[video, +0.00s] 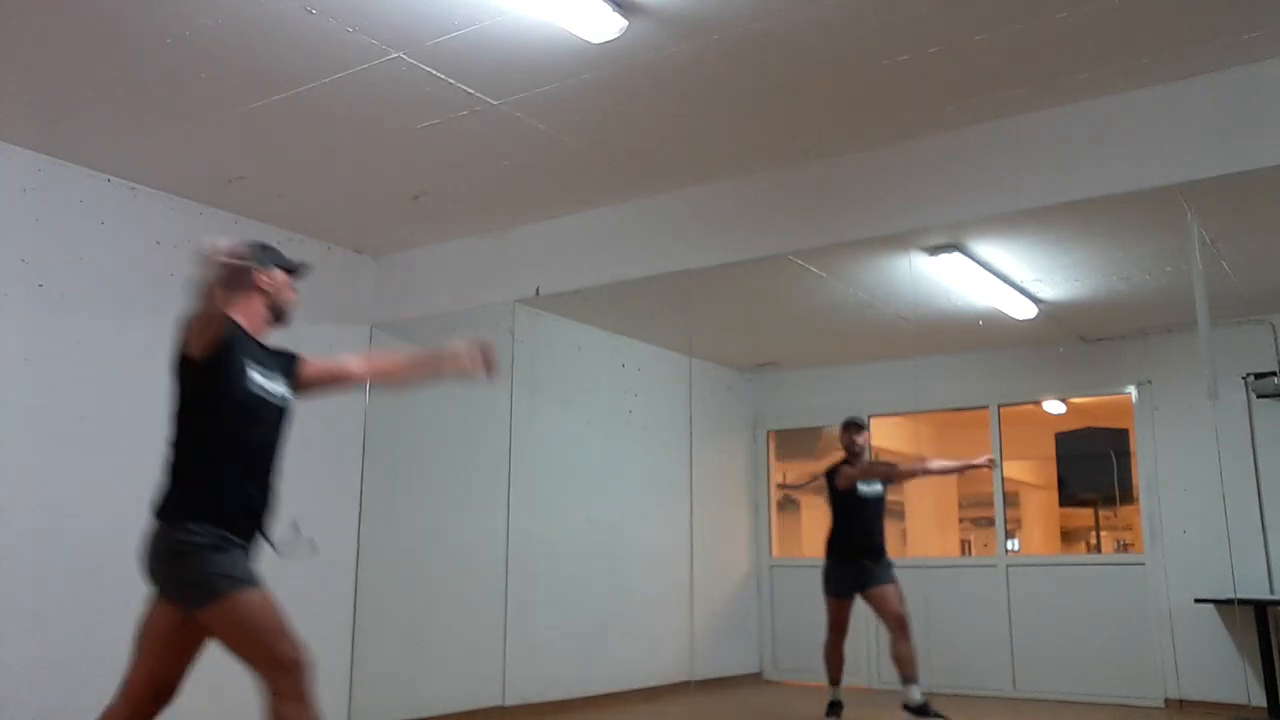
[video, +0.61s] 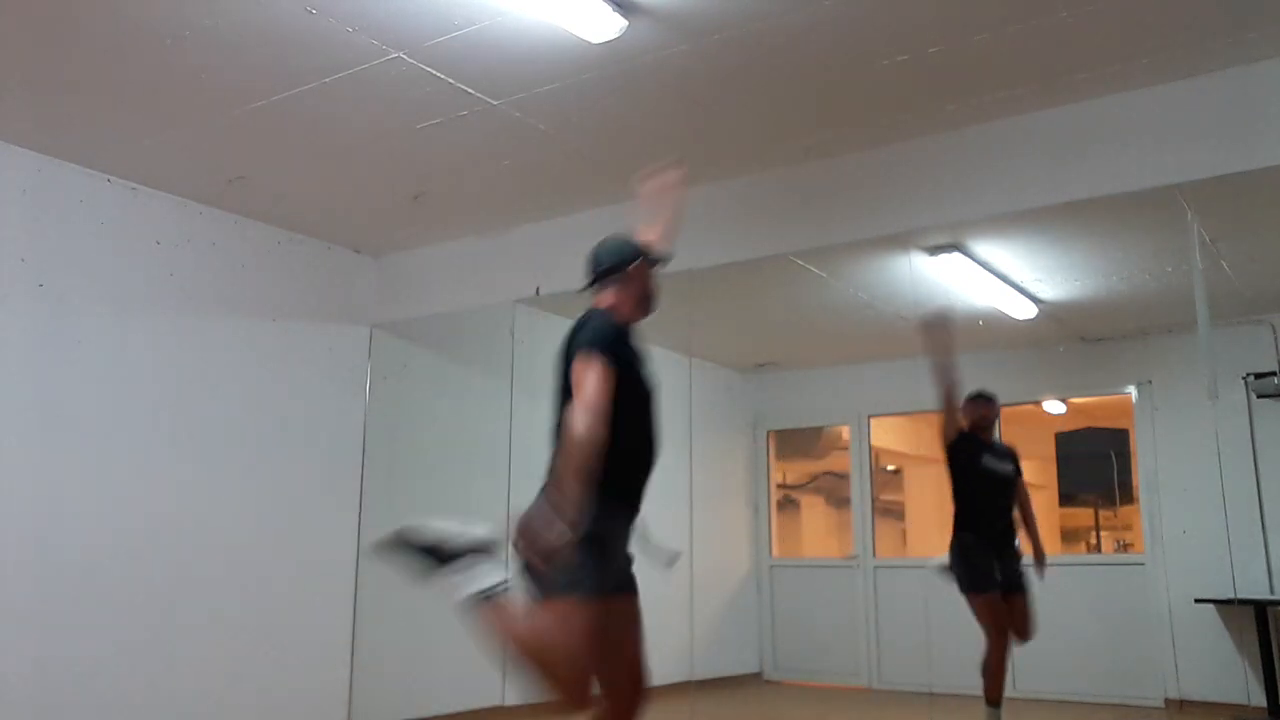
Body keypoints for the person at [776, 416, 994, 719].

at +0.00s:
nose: (854, 439)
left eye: (858, 433)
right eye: (848, 434)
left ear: (868, 438)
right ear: (841, 440)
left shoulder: (880, 471)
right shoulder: (837, 473)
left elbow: (923, 466)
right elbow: (865, 471)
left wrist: (969, 464)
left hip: (874, 561)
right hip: (841, 562)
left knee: (899, 621)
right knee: (836, 632)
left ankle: (913, 698)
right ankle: (835, 698)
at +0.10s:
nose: (875, 443)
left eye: (879, 436)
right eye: (869, 438)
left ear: (887, 438)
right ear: (862, 442)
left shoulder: (903, 472)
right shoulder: (855, 477)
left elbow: (955, 466)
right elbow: (877, 506)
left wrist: (1001, 454)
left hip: (896, 565)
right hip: (862, 566)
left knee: (922, 626)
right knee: (853, 636)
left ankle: (916, 710)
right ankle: (833, 695)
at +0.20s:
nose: (902, 441)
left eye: (906, 435)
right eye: (897, 435)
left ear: (914, 438)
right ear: (888, 439)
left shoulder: (930, 471)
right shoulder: (879, 478)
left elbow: (979, 455)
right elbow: (880, 532)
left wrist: (1023, 432)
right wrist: (878, 581)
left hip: (921, 569)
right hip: (887, 570)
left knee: (935, 636)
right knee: (885, 643)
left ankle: (917, 710)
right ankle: (848, 678)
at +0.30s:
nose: (930, 439)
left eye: (935, 432)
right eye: (925, 432)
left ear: (944, 434)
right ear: (917, 435)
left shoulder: (960, 467)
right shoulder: (901, 470)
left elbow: (1007, 449)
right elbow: (867, 510)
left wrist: (1045, 428)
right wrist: (834, 543)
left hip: (939, 559)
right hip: (902, 557)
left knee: (938, 633)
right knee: (930, 621)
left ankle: (920, 702)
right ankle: (903, 687)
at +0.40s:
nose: (952, 424)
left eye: (957, 418)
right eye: (946, 418)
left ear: (967, 421)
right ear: (938, 421)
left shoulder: (981, 456)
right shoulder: (922, 451)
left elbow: (1028, 462)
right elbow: (869, 461)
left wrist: (1067, 466)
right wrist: (819, 471)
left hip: (956, 552)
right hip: (925, 550)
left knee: (934, 630)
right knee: (960, 621)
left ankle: (911, 700)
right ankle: (973, 703)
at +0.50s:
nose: (968, 427)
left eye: (973, 421)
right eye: (961, 421)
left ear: (983, 423)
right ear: (951, 424)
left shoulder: (998, 463)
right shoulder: (939, 452)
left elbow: (1026, 506)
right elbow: (900, 425)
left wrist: (1056, 547)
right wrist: (866, 402)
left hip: (984, 557)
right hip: (953, 556)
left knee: (973, 639)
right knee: (991, 636)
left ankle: (912, 639)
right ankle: (992, 712)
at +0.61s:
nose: (979, 415)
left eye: (986, 409)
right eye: (973, 409)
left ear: (996, 415)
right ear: (963, 414)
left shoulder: (1007, 455)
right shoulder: (958, 446)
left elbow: (1023, 504)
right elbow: (948, 392)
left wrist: (1036, 548)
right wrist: (942, 345)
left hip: (1005, 547)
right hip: (970, 548)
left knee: (1022, 630)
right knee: (998, 632)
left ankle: (971, 583)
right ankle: (993, 713)